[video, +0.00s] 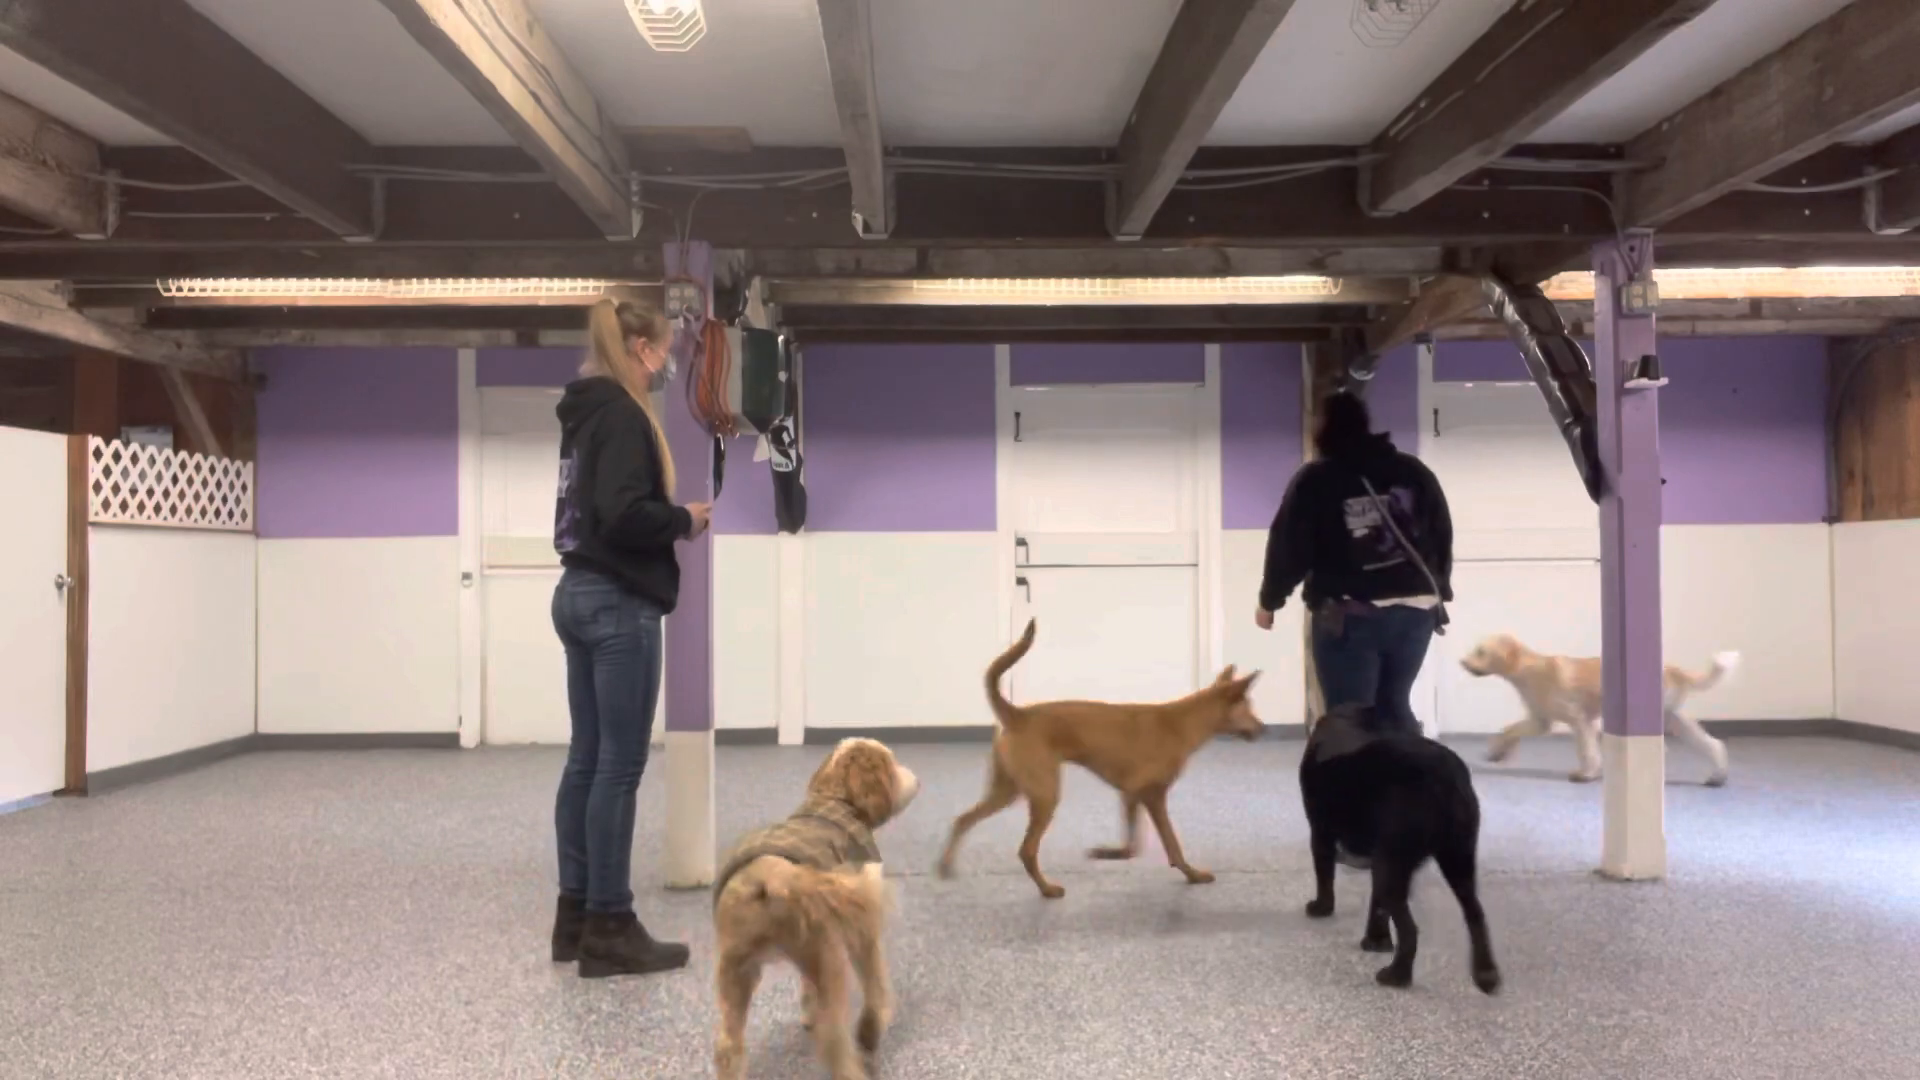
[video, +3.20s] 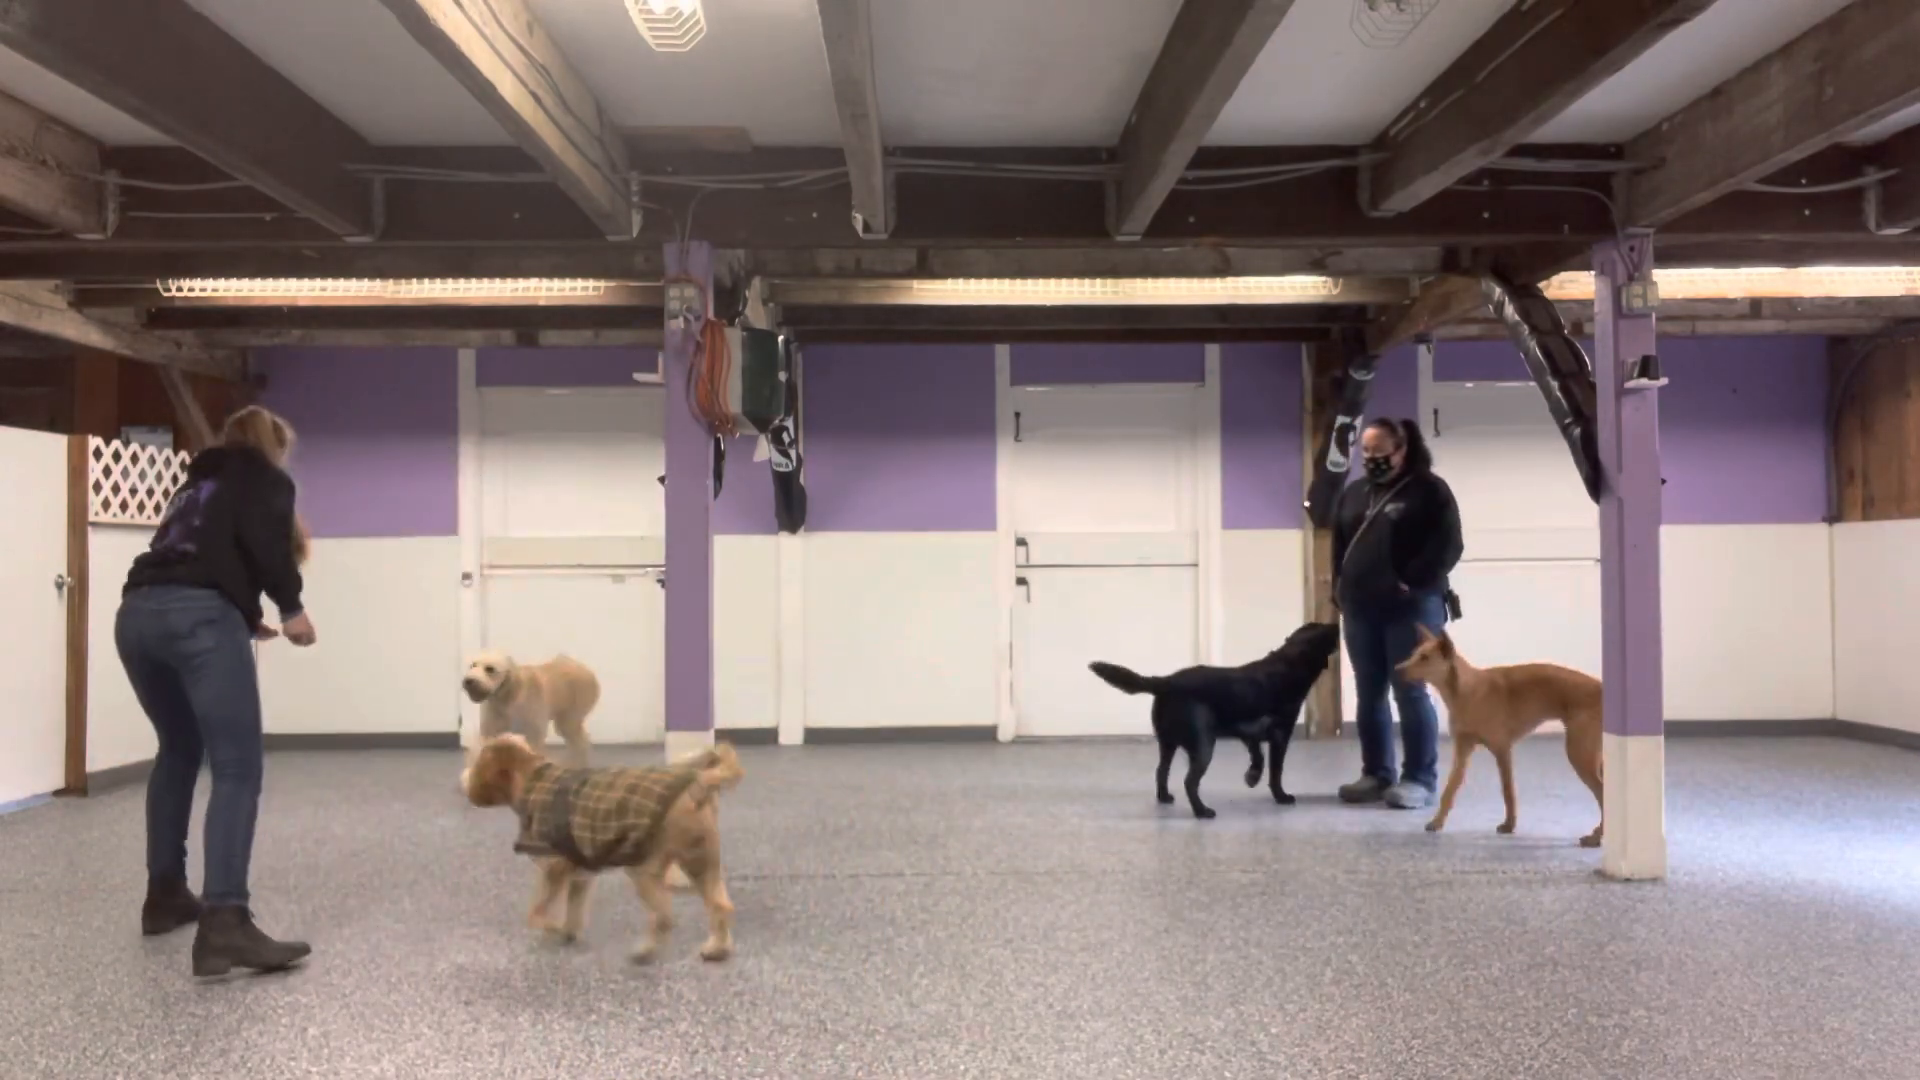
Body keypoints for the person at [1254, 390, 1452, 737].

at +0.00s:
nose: (1317, 432)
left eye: (1319, 425)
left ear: (1324, 430)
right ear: (1365, 427)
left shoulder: (1314, 479)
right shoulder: (1412, 470)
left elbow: (1289, 546)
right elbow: (1440, 532)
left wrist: (1269, 601)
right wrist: (1439, 589)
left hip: (1347, 615)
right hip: (1414, 613)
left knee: (1350, 720)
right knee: (1395, 707)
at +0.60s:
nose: (1308, 444)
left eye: (1312, 437)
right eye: (1309, 436)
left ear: (1326, 438)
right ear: (1361, 435)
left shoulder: (1320, 483)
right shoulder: (1387, 484)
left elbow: (1306, 550)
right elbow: (1394, 549)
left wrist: (1282, 601)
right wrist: (1377, 589)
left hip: (1329, 609)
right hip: (1382, 608)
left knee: (1297, 706)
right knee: (1365, 709)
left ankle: (1320, 801)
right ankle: (1366, 807)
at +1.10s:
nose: (1270, 455)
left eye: (1274, 446)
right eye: (1269, 447)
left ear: (1293, 445)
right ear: (1313, 445)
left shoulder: (1304, 492)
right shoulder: (1339, 488)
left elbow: (1297, 560)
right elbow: (1332, 555)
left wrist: (1270, 613)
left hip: (1308, 608)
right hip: (1339, 603)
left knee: (1288, 708)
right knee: (1314, 700)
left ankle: (1292, 798)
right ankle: (1319, 793)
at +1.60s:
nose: (1292, 460)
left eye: (1298, 452)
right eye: (1293, 453)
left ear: (1317, 452)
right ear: (1313, 454)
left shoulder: (1347, 491)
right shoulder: (1305, 492)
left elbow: (1348, 556)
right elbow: (1287, 553)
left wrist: (1318, 602)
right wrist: (1268, 599)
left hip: (1323, 616)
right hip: (1299, 613)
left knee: (1296, 703)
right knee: (1317, 705)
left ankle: (1294, 798)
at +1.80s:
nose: (1305, 469)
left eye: (1311, 461)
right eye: (1302, 463)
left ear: (1335, 455)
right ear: (1319, 459)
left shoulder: (1375, 496)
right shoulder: (1305, 498)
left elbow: (1395, 554)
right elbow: (1286, 554)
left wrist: (1384, 605)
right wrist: (1266, 603)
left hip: (1353, 613)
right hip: (1307, 613)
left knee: (1325, 695)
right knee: (1334, 695)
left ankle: (1318, 790)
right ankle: (1362, 781)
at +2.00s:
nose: (1318, 467)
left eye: (1325, 459)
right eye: (1313, 460)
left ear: (1350, 451)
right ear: (1310, 459)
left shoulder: (1386, 493)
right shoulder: (1309, 496)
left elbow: (1417, 548)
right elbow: (1290, 551)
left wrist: (1427, 600)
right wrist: (1276, 603)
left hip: (1371, 610)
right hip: (1318, 614)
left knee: (1355, 692)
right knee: (1336, 698)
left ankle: (1374, 787)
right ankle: (1352, 782)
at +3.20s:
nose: (1372, 461)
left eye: (1379, 453)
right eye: (1367, 454)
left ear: (1402, 449)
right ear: (1360, 454)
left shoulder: (1430, 490)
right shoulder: (1355, 492)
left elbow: (1450, 545)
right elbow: (1342, 542)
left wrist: (1415, 584)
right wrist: (1340, 586)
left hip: (1411, 602)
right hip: (1361, 603)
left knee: (1411, 690)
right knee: (1370, 693)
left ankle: (1419, 782)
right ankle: (1378, 774)